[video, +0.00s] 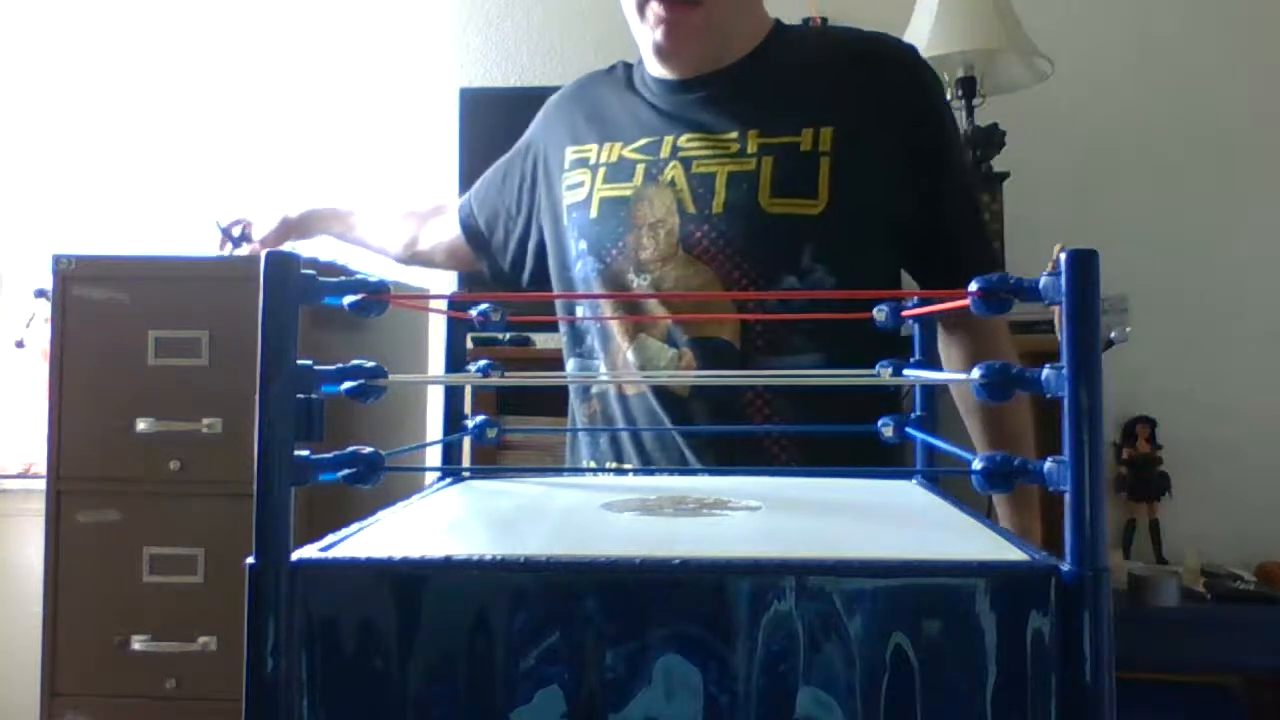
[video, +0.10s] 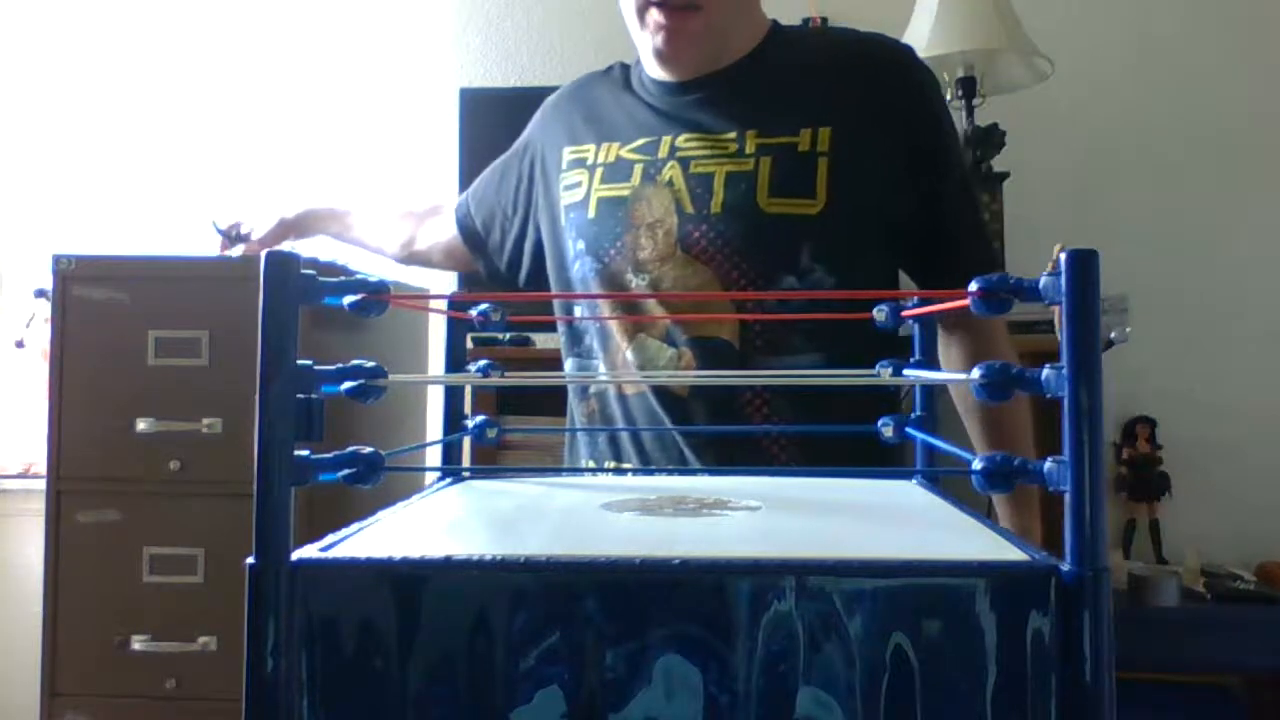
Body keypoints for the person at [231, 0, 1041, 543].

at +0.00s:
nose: (652, 8)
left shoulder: (881, 83)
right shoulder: (566, 124)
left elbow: (965, 314)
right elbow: (451, 241)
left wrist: (1024, 503)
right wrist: (329, 223)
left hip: (837, 533)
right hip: (619, 537)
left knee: (833, 705)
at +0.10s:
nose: (653, 10)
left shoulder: (878, 83)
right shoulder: (565, 124)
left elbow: (967, 318)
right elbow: (444, 242)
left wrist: (1024, 508)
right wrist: (328, 223)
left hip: (838, 535)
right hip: (618, 539)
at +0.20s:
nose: (652, 1)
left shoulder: (877, 83)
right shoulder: (565, 123)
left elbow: (966, 318)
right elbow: (441, 243)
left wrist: (1022, 509)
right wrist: (323, 223)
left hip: (833, 530)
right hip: (617, 533)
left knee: (835, 700)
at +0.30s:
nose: (651, 2)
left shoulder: (873, 83)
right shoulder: (561, 123)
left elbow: (965, 319)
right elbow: (450, 251)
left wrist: (1020, 510)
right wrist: (301, 224)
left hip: (832, 532)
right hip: (613, 535)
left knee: (833, 703)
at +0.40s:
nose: (650, 2)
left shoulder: (869, 80)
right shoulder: (564, 120)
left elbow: (963, 316)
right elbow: (465, 260)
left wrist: (1017, 503)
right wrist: (306, 194)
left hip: (828, 534)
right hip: (610, 534)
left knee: (830, 704)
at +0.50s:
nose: (652, 8)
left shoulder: (869, 76)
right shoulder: (563, 121)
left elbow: (961, 314)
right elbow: (478, 271)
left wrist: (1016, 510)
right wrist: (314, 179)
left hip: (834, 533)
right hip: (611, 538)